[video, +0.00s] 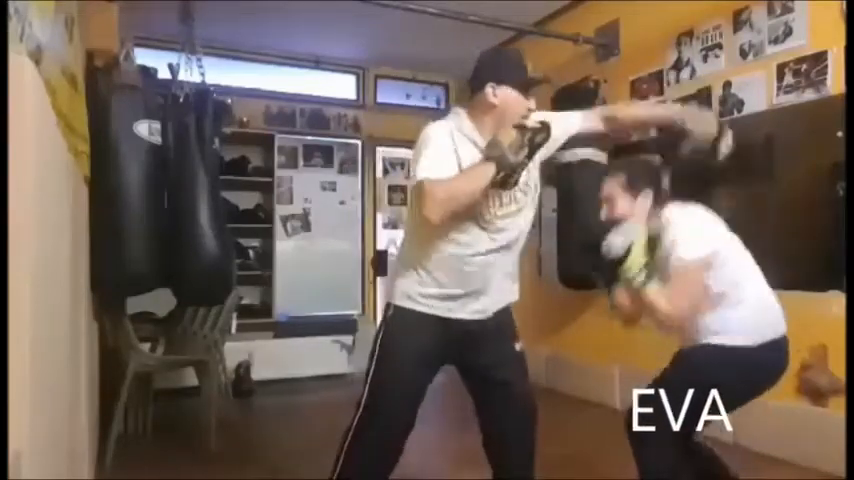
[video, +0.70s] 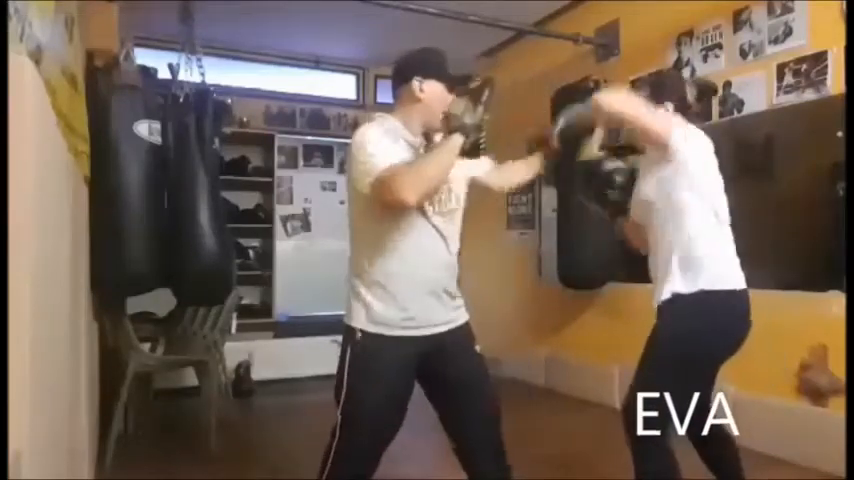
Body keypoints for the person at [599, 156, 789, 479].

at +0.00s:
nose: (605, 214)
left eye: (610, 201)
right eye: (603, 203)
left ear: (641, 195)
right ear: (639, 197)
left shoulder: (686, 223)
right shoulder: (655, 231)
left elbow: (677, 312)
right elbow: (631, 313)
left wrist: (640, 279)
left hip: (747, 349)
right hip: (718, 346)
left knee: (647, 421)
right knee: (659, 422)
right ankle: (716, 474)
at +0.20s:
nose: (603, 194)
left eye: (609, 183)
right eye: (603, 185)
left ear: (640, 180)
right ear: (642, 180)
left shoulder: (664, 216)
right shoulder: (675, 206)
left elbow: (658, 302)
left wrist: (625, 264)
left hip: (730, 344)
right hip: (756, 338)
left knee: (641, 422)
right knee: (672, 429)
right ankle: (727, 473)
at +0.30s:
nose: (612, 151)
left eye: (620, 139)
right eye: (610, 142)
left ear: (652, 133)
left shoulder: (682, 174)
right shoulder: (656, 182)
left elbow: (670, 262)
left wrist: (638, 212)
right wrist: (626, 247)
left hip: (724, 319)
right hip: (701, 320)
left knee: (652, 411)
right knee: (685, 416)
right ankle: (732, 471)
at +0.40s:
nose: (613, 133)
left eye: (621, 122)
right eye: (610, 124)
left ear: (654, 117)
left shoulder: (694, 157)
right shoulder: (627, 172)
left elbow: (681, 231)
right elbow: (571, 203)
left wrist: (640, 179)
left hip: (724, 310)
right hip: (683, 318)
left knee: (659, 415)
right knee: (699, 417)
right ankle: (738, 473)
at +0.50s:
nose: (617, 123)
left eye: (623, 112)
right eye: (614, 116)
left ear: (653, 107)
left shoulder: (695, 142)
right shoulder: (627, 168)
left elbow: (683, 188)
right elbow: (576, 187)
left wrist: (644, 147)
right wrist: (551, 145)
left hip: (719, 303)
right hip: (673, 309)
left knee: (658, 411)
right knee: (697, 410)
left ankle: (674, 474)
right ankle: (735, 472)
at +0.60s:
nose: (629, 115)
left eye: (633, 105)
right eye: (628, 107)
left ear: (656, 105)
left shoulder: (695, 151)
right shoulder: (638, 177)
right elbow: (604, 217)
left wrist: (634, 109)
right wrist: (583, 174)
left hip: (709, 301)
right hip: (677, 308)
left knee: (649, 413)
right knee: (689, 405)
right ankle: (731, 472)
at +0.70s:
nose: (638, 119)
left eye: (642, 107)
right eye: (638, 106)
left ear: (664, 106)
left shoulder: (687, 139)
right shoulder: (652, 169)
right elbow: (642, 240)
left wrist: (592, 116)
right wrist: (608, 205)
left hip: (705, 303)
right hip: (686, 305)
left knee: (643, 414)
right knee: (695, 407)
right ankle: (732, 473)